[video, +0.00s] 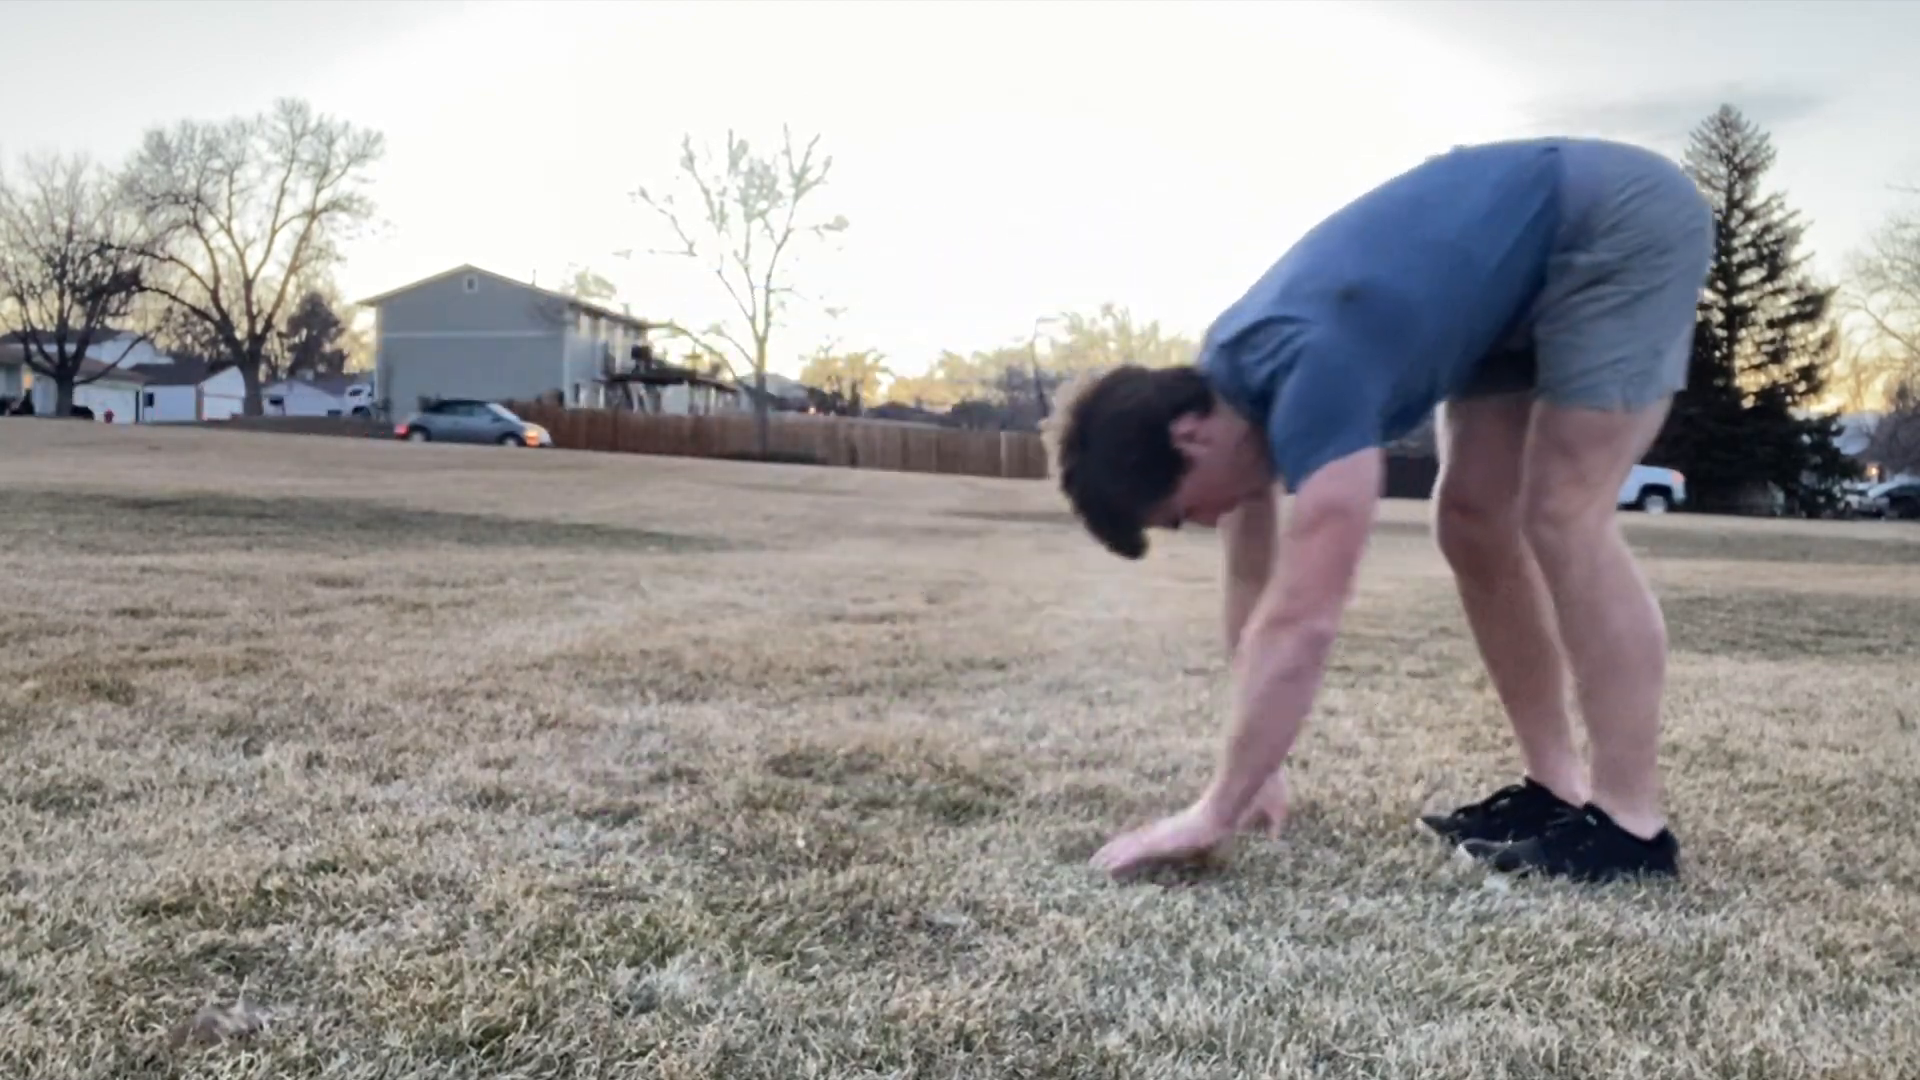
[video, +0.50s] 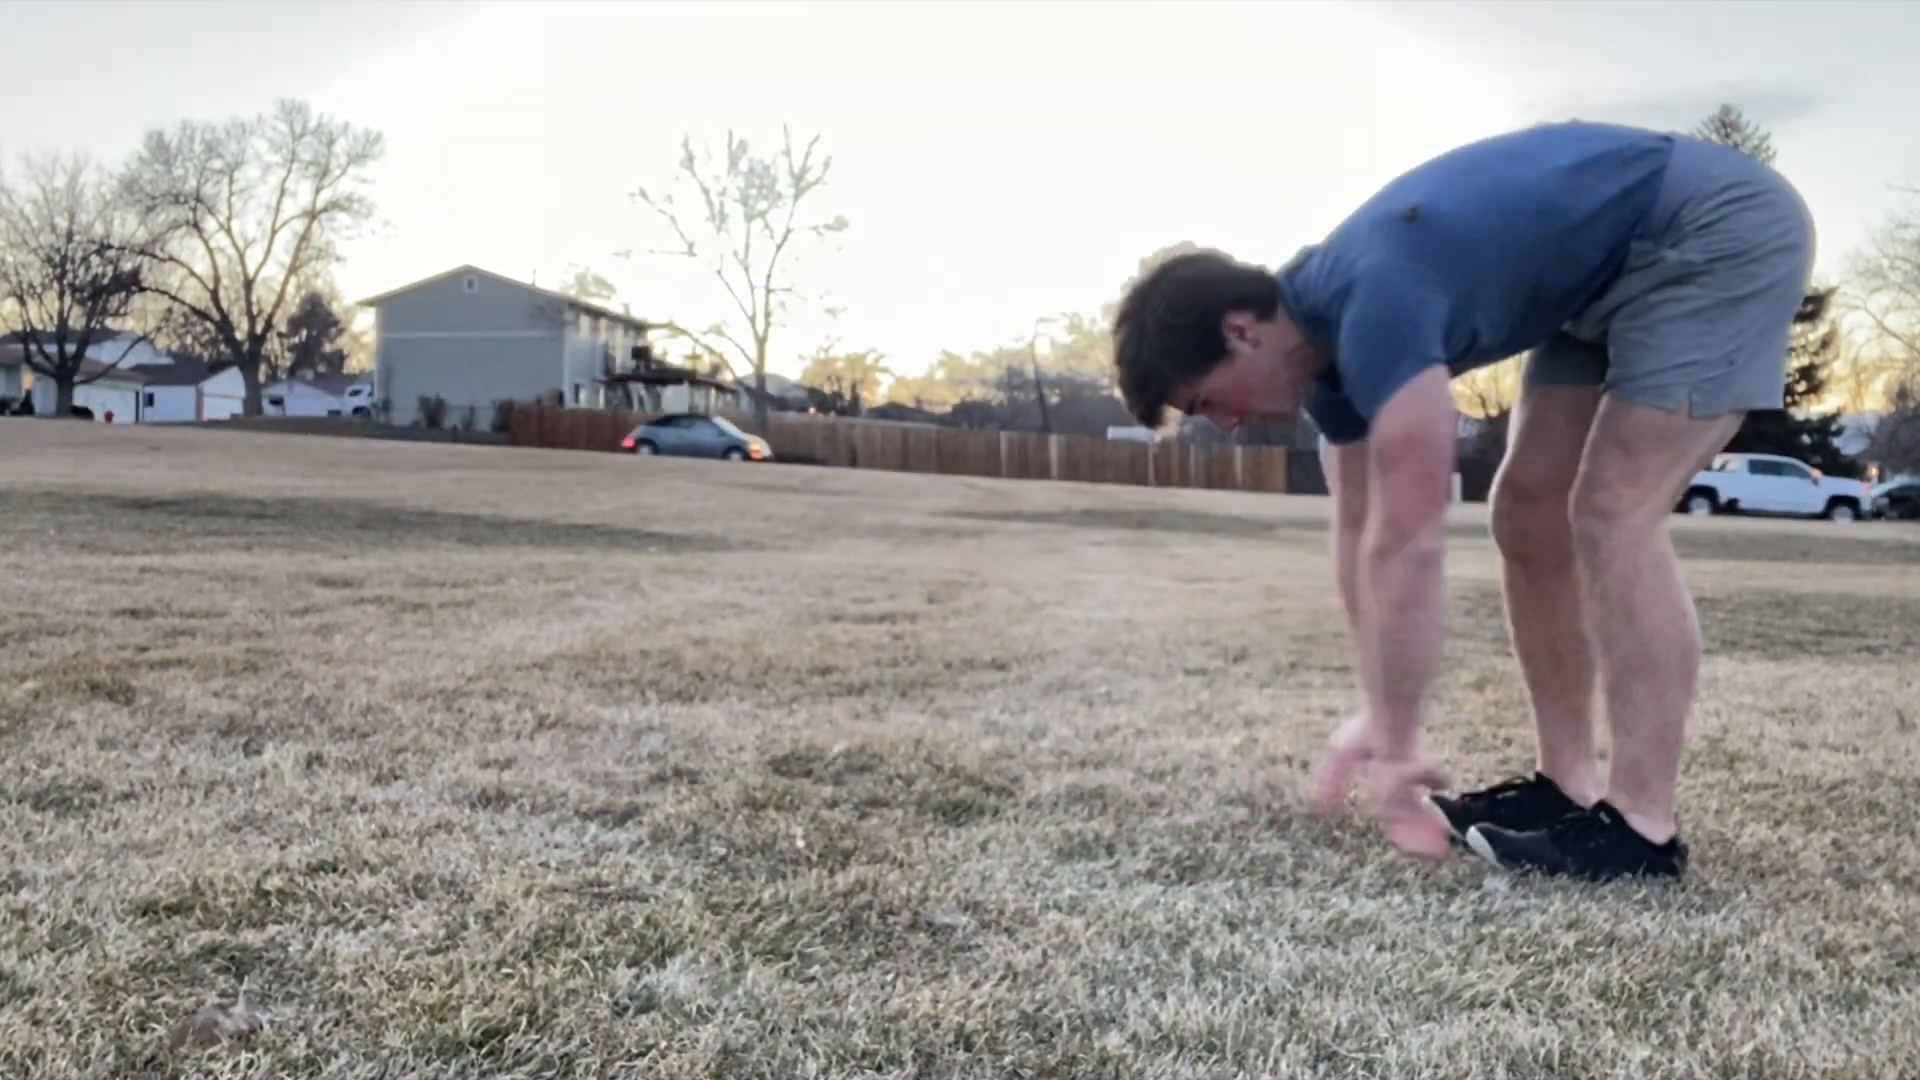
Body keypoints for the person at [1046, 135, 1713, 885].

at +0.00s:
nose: (1207, 522)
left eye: (1187, 509)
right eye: (1187, 520)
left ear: (1189, 436)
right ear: (1184, 420)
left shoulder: (1318, 369)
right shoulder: (1231, 376)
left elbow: (1301, 622)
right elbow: (1253, 591)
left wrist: (1215, 811)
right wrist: (1266, 770)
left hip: (1624, 215)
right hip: (1519, 253)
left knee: (1567, 516)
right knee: (1477, 524)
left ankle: (1634, 822)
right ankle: (1559, 792)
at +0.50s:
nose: (1226, 431)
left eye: (1208, 406)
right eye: (1202, 421)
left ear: (1244, 331)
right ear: (1244, 327)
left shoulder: (1380, 298)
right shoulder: (1329, 343)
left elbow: (1409, 544)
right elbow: (1359, 539)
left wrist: (1398, 751)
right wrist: (1376, 717)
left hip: (1717, 224)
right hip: (1608, 262)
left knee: (1615, 511)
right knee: (1530, 513)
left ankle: (1644, 825)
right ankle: (1570, 790)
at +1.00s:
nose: (1006, 504)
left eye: (995, 479)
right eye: (988, 489)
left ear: (1038, 415)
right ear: (1033, 409)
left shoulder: (1162, 391)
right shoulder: (1095, 391)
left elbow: (1182, 645)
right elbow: (1010, 584)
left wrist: (1145, 851)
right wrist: (895, 729)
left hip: (1507, 221)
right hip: (1421, 262)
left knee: (1490, 537)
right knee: (1424, 553)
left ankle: (1636, 824)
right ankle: (1559, 797)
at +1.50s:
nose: (524, 469)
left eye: (511, 440)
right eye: (504, 453)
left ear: (560, 381)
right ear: (565, 390)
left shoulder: (698, 380)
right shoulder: (707, 405)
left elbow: (635, 653)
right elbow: (801, 594)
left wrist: (563, 861)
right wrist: (833, 784)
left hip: (1087, 359)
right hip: (1045, 410)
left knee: (1300, 626)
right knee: (1243, 644)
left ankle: (1598, 787)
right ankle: (1510, 749)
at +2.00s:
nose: (483, 493)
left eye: (462, 470)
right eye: (460, 484)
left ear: (491, 400)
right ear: (499, 394)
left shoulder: (627, 378)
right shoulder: (625, 390)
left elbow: (617, 637)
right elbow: (643, 640)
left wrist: (560, 853)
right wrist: (589, 823)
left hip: (1010, 389)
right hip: (1018, 388)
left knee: (1136, 707)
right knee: (1214, 636)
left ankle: (1456, 718)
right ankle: (1466, 713)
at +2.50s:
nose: (442, 513)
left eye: (417, 492)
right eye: (417, 506)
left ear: (436, 415)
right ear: (442, 416)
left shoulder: (595, 371)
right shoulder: (570, 405)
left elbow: (594, 635)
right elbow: (602, 642)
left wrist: (555, 859)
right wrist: (571, 845)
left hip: (955, 395)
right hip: (940, 459)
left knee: (715, 458)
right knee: (1166, 642)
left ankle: (798, 808)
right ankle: (1446, 732)